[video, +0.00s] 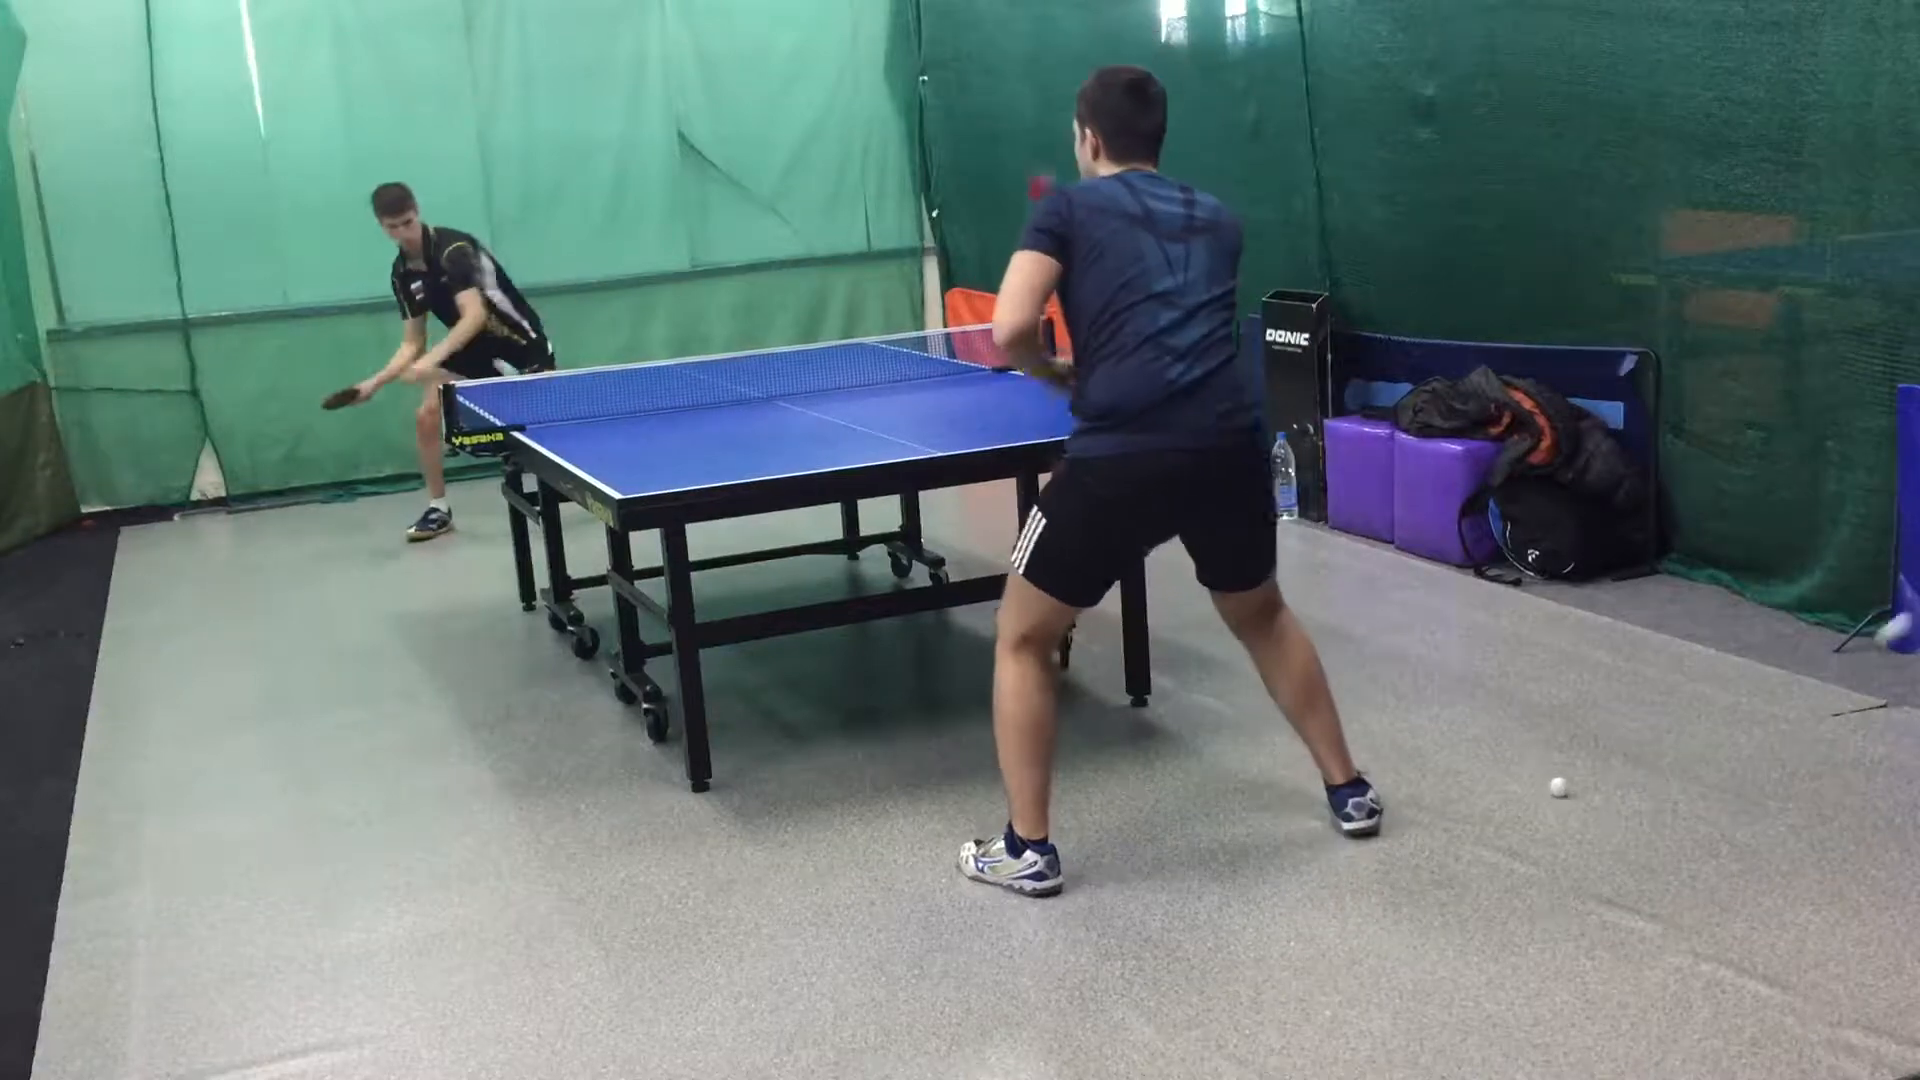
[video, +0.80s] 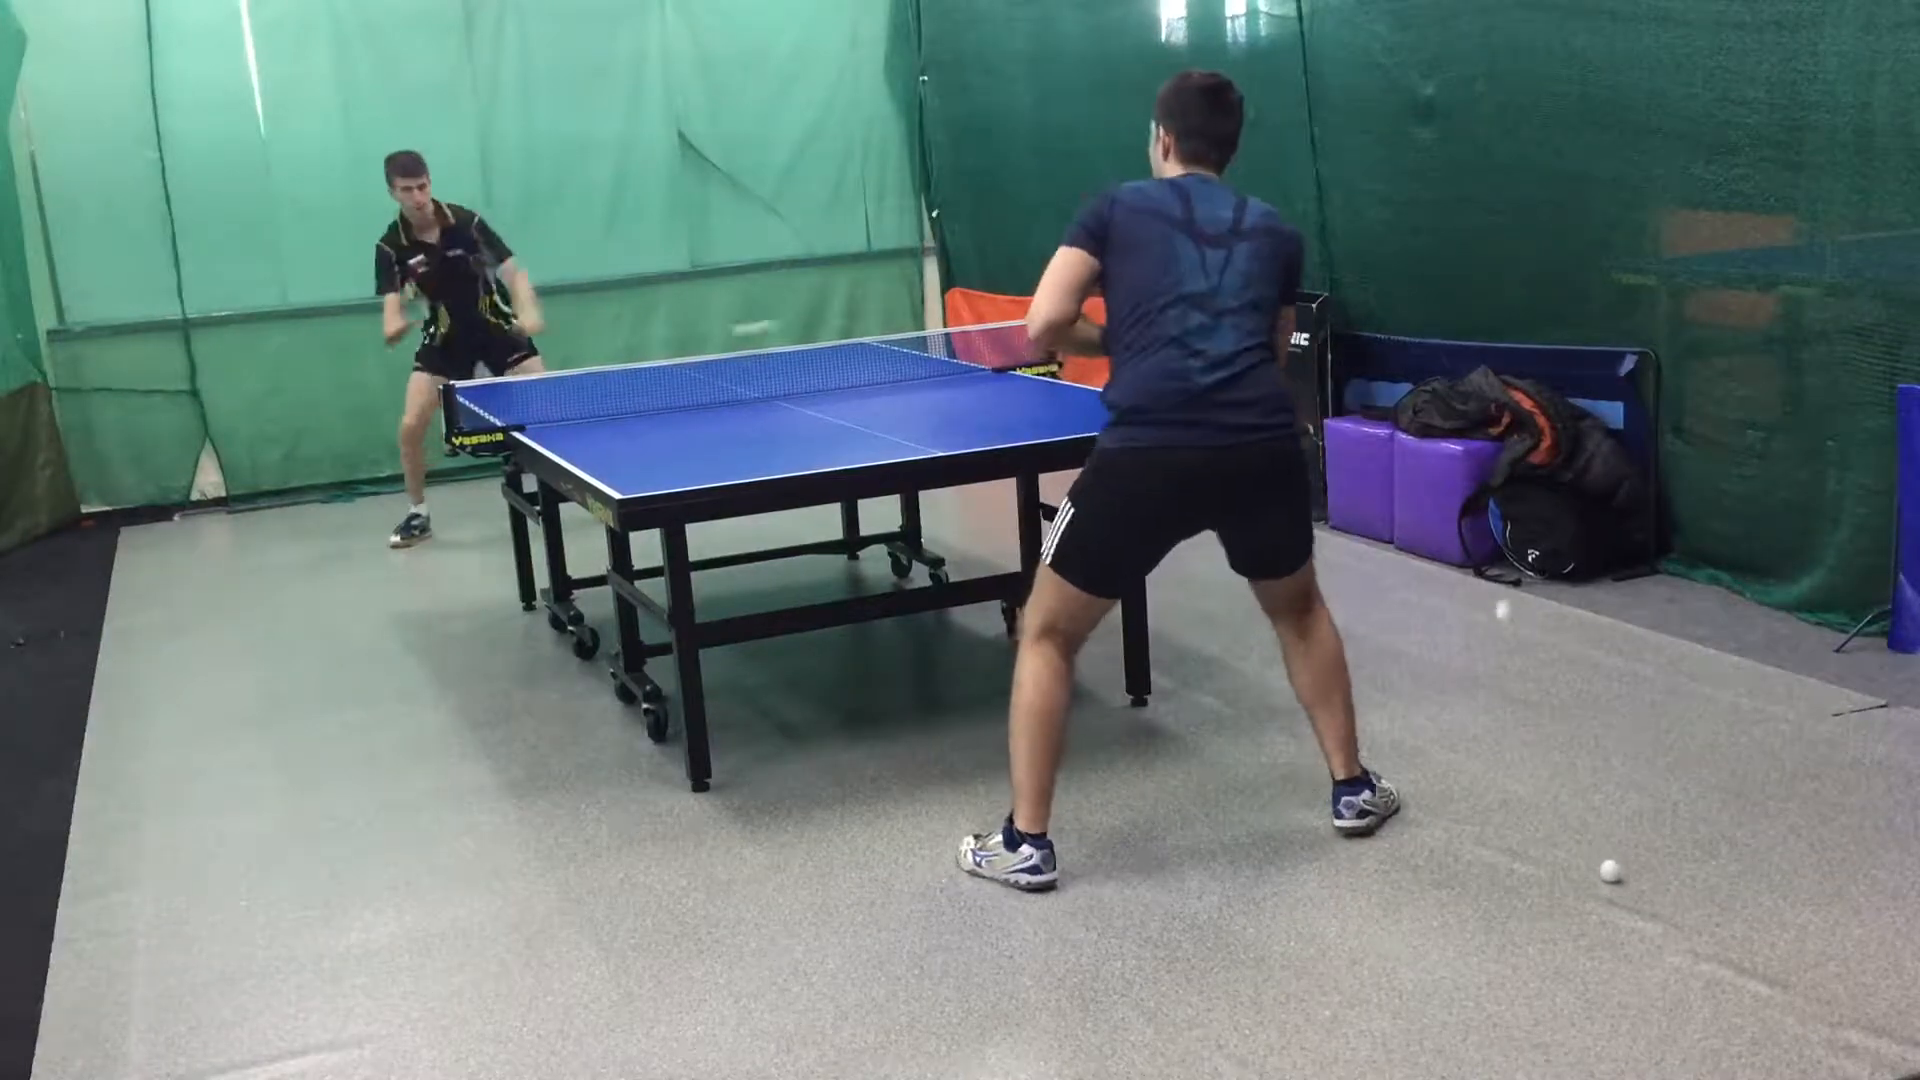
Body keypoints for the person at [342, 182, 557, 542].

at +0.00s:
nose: (402, 234)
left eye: (408, 223)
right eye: (393, 228)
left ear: (419, 213)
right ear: (382, 227)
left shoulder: (454, 250)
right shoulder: (403, 272)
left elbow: (475, 316)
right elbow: (412, 343)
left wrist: (430, 361)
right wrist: (374, 383)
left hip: (523, 345)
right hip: (474, 349)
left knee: (544, 422)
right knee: (427, 415)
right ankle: (438, 508)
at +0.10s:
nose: (385, 248)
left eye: (390, 237)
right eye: (375, 242)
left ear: (402, 226)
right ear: (367, 240)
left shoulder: (431, 259)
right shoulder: (400, 281)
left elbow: (452, 317)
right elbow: (416, 352)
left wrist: (404, 347)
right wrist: (365, 392)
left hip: (518, 354)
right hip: (471, 354)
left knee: (540, 431)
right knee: (414, 418)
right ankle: (438, 508)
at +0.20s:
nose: (375, 238)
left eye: (378, 226)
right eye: (365, 232)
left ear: (393, 216)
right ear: (359, 233)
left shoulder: (431, 245)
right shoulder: (393, 276)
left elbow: (485, 270)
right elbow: (407, 343)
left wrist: (456, 299)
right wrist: (361, 378)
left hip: (510, 351)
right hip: (460, 354)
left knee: (529, 430)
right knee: (411, 427)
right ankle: (438, 508)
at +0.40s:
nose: (396, 192)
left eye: (400, 182)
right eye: (388, 187)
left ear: (416, 177)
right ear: (382, 193)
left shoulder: (461, 208)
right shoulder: (390, 230)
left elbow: (527, 228)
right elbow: (410, 253)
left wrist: (547, 216)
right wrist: (443, 205)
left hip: (497, 335)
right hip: (444, 351)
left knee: (552, 395)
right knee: (426, 440)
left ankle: (552, 475)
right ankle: (428, 506)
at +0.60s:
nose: (438, 192)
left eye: (443, 183)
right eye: (428, 187)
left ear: (452, 181)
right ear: (414, 192)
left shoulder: (481, 221)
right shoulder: (415, 242)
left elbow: (543, 253)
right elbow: (429, 301)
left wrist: (577, 248)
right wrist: (460, 250)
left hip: (494, 343)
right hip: (445, 356)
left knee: (560, 393)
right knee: (430, 449)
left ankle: (529, 476)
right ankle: (404, 514)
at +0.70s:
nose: (434, 190)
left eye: (438, 180)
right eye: (423, 183)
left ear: (447, 177)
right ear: (408, 187)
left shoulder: (482, 216)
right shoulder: (405, 241)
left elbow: (531, 254)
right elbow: (407, 308)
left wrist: (571, 275)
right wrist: (438, 284)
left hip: (499, 334)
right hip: (445, 345)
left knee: (554, 395)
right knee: (419, 434)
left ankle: (525, 477)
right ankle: (409, 513)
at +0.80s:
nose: (419, 197)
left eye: (422, 187)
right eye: (408, 190)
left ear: (430, 182)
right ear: (393, 193)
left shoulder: (465, 221)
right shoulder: (392, 245)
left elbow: (512, 270)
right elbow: (392, 298)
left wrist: (526, 310)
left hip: (494, 323)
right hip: (443, 332)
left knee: (543, 396)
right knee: (411, 424)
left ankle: (528, 476)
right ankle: (417, 512)